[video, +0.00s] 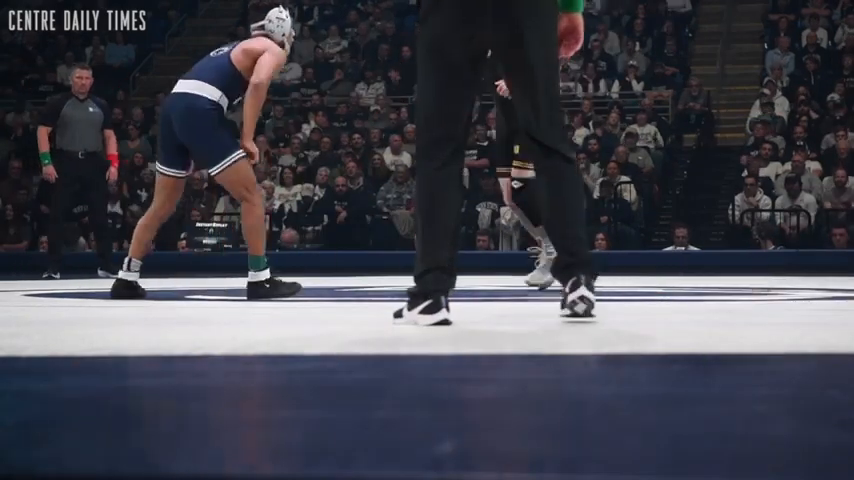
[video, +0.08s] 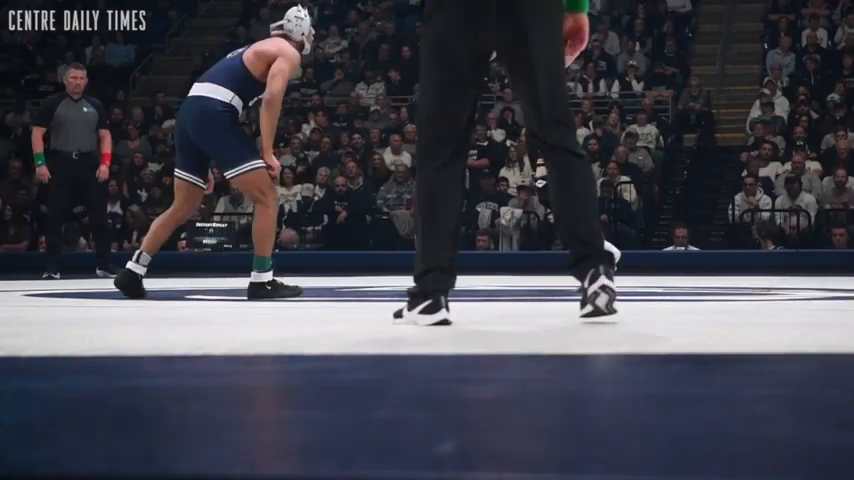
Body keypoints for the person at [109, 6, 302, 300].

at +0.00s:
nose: (288, 50)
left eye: (288, 46)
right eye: (289, 44)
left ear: (259, 32)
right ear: (286, 37)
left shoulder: (235, 47)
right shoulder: (273, 49)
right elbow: (258, 82)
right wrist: (247, 137)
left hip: (171, 113)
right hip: (201, 114)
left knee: (162, 204)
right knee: (252, 196)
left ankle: (127, 276)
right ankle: (260, 279)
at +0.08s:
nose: (305, 47)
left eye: (307, 41)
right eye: (307, 41)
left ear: (279, 30)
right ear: (302, 36)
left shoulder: (252, 49)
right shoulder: (287, 52)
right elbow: (271, 97)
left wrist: (208, 162)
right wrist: (267, 151)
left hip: (187, 118)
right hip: (215, 118)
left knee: (184, 205)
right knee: (266, 198)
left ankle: (134, 270)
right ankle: (262, 280)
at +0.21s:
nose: (334, 33)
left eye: (334, 27)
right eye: (333, 27)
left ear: (302, 22)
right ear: (325, 27)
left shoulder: (281, 43)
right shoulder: (306, 47)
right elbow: (292, 102)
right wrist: (289, 157)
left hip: (214, 121)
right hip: (236, 122)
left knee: (230, 205)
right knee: (282, 200)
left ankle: (165, 253)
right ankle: (264, 279)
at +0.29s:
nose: (347, 25)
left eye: (347, 20)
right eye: (345, 19)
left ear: (315, 18)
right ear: (335, 20)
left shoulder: (294, 40)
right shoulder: (319, 44)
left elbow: (274, 105)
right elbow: (304, 101)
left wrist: (285, 148)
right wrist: (300, 154)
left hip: (234, 117)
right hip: (250, 119)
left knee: (265, 202)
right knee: (292, 203)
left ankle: (202, 247)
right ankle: (265, 279)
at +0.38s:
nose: (359, 21)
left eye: (359, 17)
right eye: (357, 16)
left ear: (327, 16)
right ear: (347, 17)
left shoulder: (309, 37)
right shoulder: (333, 40)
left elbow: (289, 100)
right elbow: (317, 98)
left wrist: (305, 144)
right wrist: (312, 152)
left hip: (255, 115)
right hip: (265, 117)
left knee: (290, 196)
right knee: (298, 204)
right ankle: (266, 279)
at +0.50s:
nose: (387, 19)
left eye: (386, 13)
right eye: (383, 13)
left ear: (356, 15)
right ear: (370, 14)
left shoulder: (339, 35)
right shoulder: (359, 37)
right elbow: (336, 83)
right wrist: (328, 138)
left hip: (290, 118)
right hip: (290, 119)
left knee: (332, 195)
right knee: (309, 207)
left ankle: (345, 271)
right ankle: (267, 276)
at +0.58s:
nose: (407, 27)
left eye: (405, 21)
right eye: (403, 21)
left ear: (376, 21)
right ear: (391, 22)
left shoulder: (361, 41)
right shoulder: (376, 44)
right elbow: (346, 72)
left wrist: (337, 125)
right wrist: (344, 124)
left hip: (306, 122)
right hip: (306, 122)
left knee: (351, 203)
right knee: (335, 209)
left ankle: (378, 274)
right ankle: (278, 267)